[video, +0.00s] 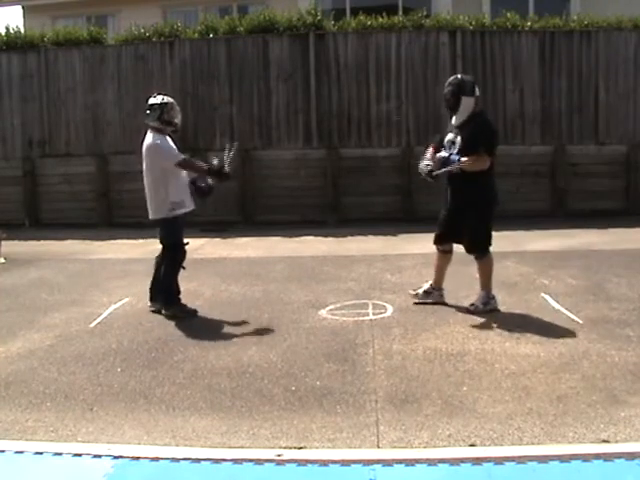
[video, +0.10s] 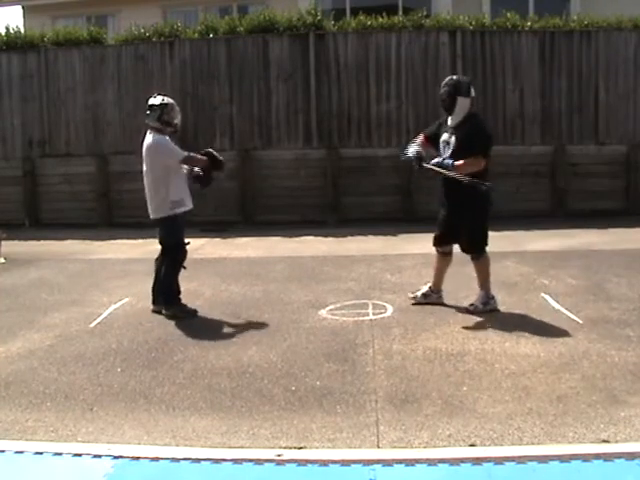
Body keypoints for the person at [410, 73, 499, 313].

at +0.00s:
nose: (447, 101)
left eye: (452, 96)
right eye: (447, 96)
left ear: (467, 98)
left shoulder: (481, 124)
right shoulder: (456, 123)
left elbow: (484, 161)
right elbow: (448, 151)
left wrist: (451, 165)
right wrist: (433, 157)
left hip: (478, 200)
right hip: (457, 197)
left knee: (479, 247)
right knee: (444, 241)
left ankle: (486, 295)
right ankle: (436, 287)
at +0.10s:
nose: (443, 101)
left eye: (449, 96)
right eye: (443, 96)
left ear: (463, 99)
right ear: (445, 99)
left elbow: (480, 162)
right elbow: (424, 139)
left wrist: (452, 165)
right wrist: (416, 148)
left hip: (473, 198)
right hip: (453, 196)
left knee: (476, 248)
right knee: (443, 242)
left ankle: (486, 296)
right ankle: (435, 289)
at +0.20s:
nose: (441, 103)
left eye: (447, 98)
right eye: (442, 98)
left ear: (459, 100)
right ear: (450, 100)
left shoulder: (470, 126)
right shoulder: (443, 122)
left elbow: (472, 164)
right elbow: (421, 129)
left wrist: (444, 169)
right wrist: (410, 136)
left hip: (465, 196)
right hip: (447, 194)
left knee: (470, 247)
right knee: (439, 243)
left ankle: (485, 295)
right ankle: (433, 289)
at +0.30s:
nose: (435, 104)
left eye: (439, 100)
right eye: (435, 99)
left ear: (451, 101)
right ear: (442, 101)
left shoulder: (461, 127)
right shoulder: (442, 120)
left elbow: (462, 165)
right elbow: (422, 112)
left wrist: (435, 173)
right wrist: (406, 120)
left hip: (455, 196)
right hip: (441, 194)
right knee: (435, 244)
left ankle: (484, 293)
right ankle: (432, 290)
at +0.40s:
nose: (429, 103)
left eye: (433, 99)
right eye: (430, 99)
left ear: (446, 102)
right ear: (441, 101)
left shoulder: (454, 128)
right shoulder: (441, 118)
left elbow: (453, 166)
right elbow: (426, 104)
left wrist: (427, 171)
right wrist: (405, 111)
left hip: (449, 194)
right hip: (438, 192)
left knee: (442, 242)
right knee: (436, 241)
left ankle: (480, 289)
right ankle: (432, 290)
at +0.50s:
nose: (422, 100)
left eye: (426, 97)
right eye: (424, 97)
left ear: (437, 101)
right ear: (443, 101)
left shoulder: (443, 127)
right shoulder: (446, 120)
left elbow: (438, 164)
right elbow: (426, 98)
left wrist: (414, 165)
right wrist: (403, 102)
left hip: (441, 193)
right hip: (435, 191)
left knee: (439, 243)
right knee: (432, 242)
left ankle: (474, 286)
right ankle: (432, 289)